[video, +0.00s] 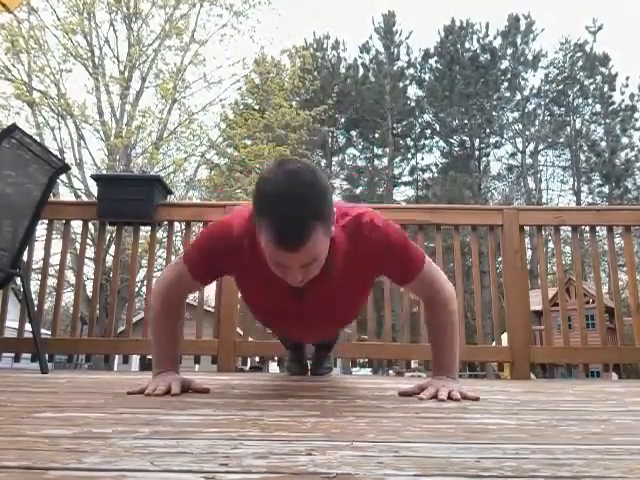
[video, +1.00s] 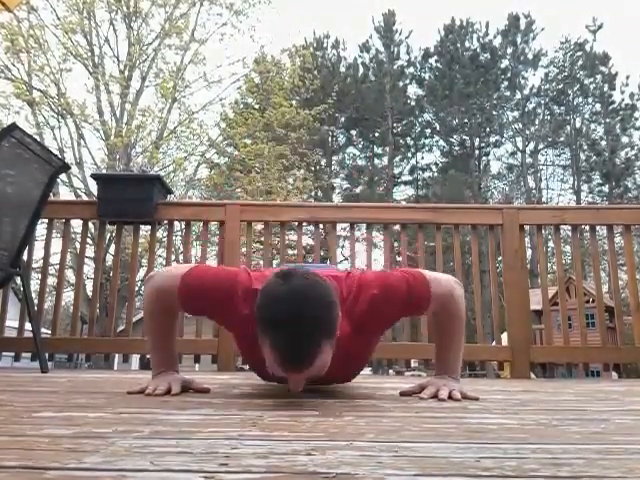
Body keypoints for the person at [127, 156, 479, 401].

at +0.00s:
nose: (297, 276)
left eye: (309, 263)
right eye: (283, 266)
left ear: (332, 226)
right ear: (259, 233)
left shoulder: (369, 232)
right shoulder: (231, 236)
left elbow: (440, 291)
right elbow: (166, 290)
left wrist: (445, 376)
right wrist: (165, 370)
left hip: (335, 318)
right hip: (279, 320)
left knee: (326, 340)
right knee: (291, 340)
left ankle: (322, 355)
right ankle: (295, 353)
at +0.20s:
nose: (296, 389)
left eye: (311, 379)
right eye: (278, 380)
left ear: (334, 332)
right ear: (254, 329)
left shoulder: (370, 296)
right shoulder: (234, 294)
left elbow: (448, 291)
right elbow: (163, 287)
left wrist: (446, 374)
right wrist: (165, 369)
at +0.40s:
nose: (296, 343)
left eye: (310, 332)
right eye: (280, 333)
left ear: (333, 292)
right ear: (257, 293)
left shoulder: (370, 275)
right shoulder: (233, 272)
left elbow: (448, 293)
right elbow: (164, 287)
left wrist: (446, 376)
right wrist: (165, 370)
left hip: (337, 350)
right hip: (270, 346)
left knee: (327, 363)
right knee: (282, 363)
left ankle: (326, 367)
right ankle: (287, 363)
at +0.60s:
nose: (301, 240)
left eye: (315, 227)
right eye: (285, 227)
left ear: (336, 195)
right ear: (264, 200)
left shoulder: (375, 217)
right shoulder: (234, 219)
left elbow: (430, 288)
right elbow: (183, 287)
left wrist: (445, 376)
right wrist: (167, 371)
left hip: (337, 309)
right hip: (280, 308)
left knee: (326, 338)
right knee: (292, 337)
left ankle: (322, 359)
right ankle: (295, 357)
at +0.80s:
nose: (299, 265)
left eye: (313, 251)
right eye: (284, 252)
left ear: (336, 217)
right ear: (263, 222)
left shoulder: (372, 230)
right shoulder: (233, 232)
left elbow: (438, 290)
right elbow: (172, 289)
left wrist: (445, 375)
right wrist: (166, 371)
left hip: (335, 320)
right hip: (279, 320)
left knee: (325, 343)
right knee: (291, 343)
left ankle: (322, 359)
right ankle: (295, 358)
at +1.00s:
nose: (296, 386)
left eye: (312, 373)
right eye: (281, 373)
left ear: (337, 328)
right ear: (257, 324)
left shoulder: (372, 296)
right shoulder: (234, 294)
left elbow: (448, 291)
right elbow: (161, 285)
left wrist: (446, 374)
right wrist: (164, 369)